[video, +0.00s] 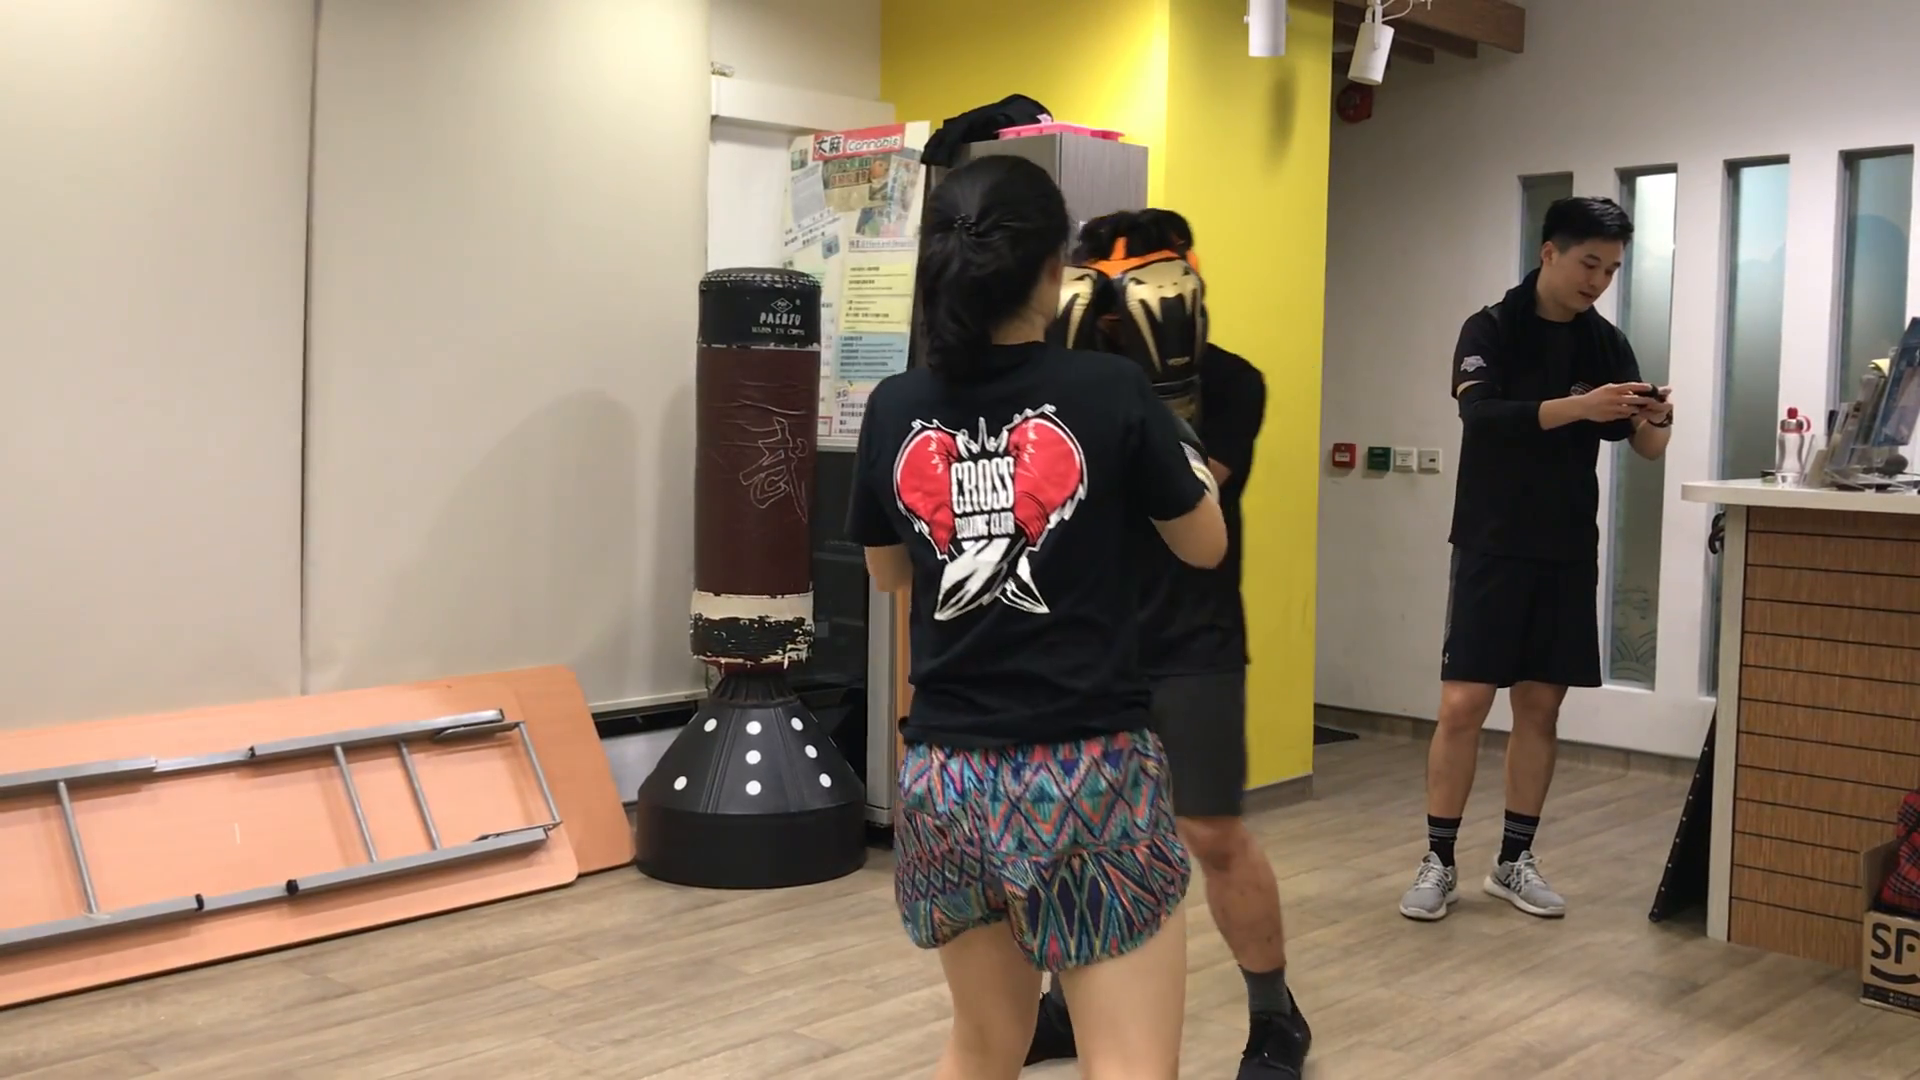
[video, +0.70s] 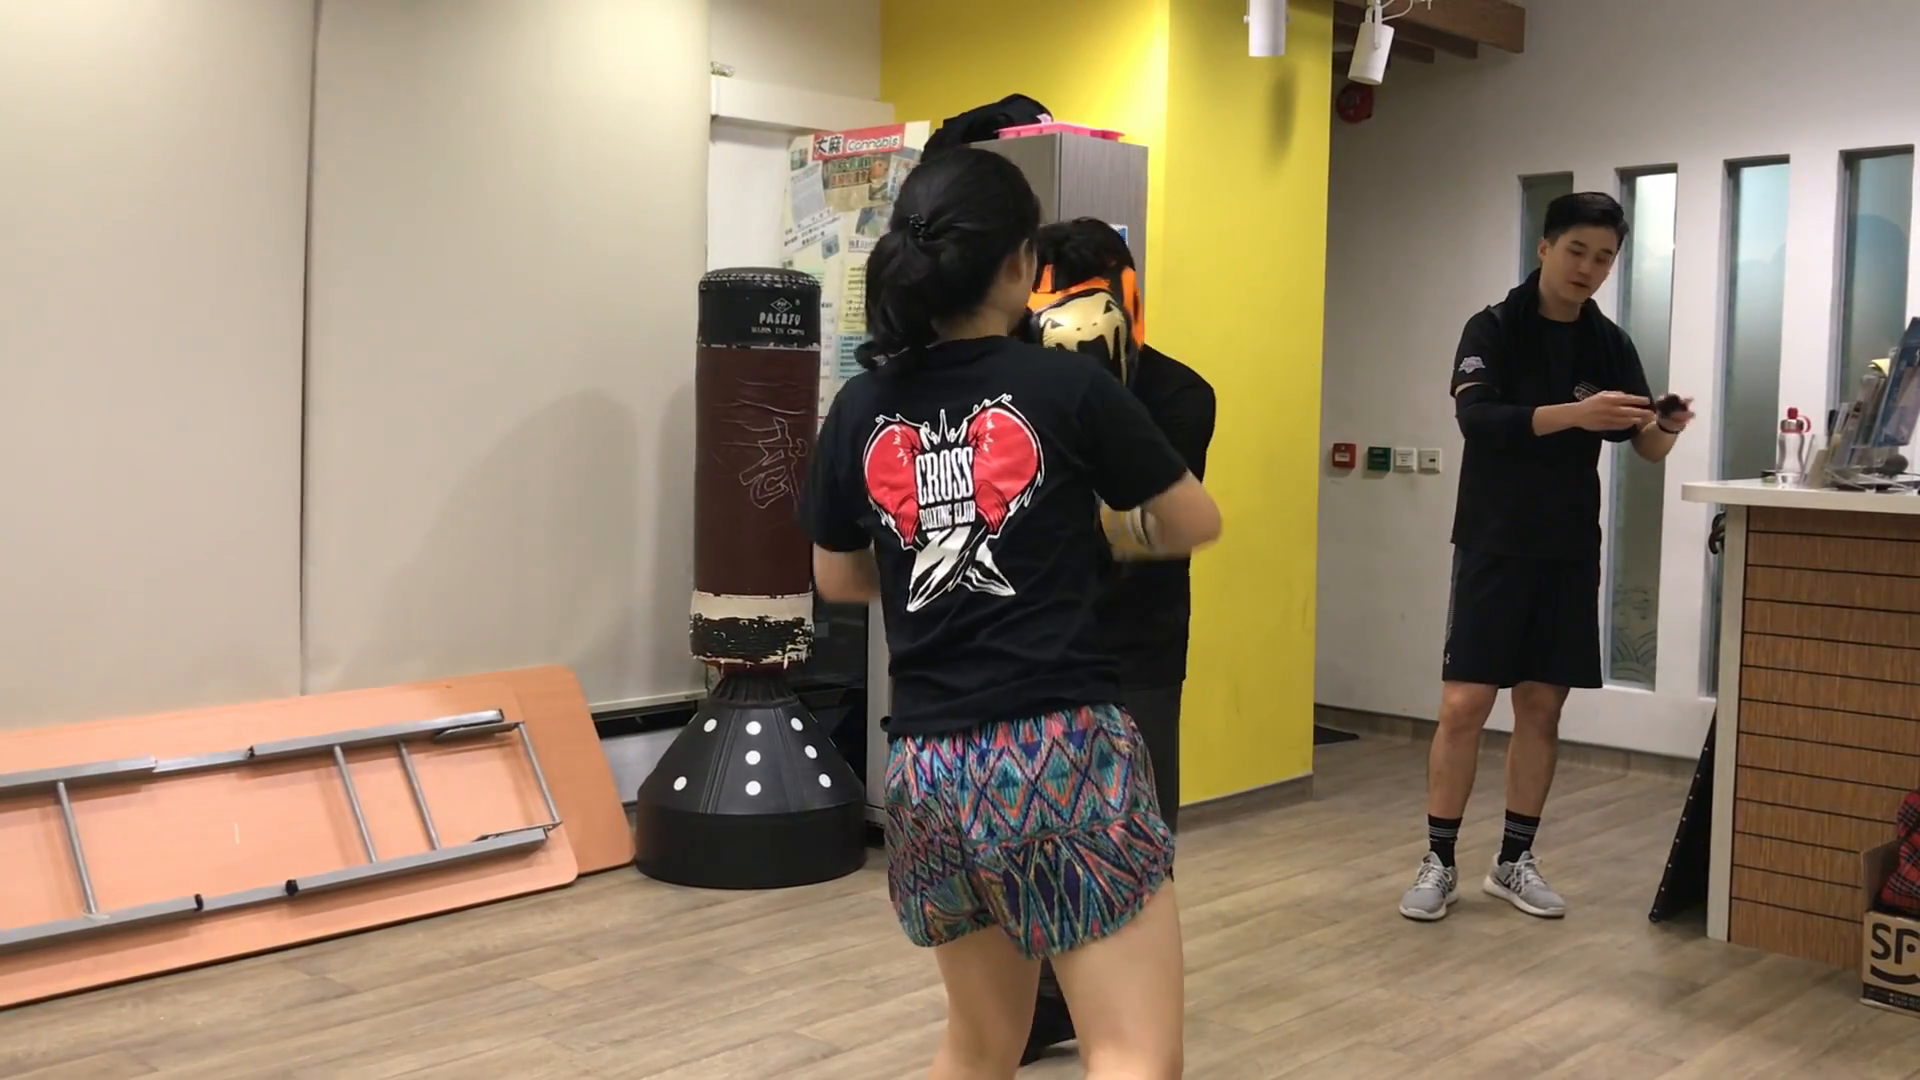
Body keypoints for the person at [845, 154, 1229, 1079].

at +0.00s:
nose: (1068, 264)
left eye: (1059, 248)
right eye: (1064, 249)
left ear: (936, 261)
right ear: (1054, 262)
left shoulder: (896, 405)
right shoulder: (1111, 392)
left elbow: (888, 572)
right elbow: (1206, 542)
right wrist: (1157, 430)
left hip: (943, 774)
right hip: (1093, 769)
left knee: (982, 1043)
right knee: (1130, 1061)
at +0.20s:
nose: (1041, 266)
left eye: (1032, 251)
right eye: (1034, 251)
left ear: (908, 264)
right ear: (1024, 263)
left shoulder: (877, 401)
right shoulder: (1088, 379)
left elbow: (873, 519)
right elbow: (1182, 476)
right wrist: (1130, 374)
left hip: (930, 754)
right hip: (1074, 747)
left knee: (975, 1038)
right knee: (1138, 1050)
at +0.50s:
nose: (1027, 265)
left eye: (1021, 251)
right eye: (1022, 250)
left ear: (898, 260)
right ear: (1010, 261)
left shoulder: (867, 403)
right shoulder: (1060, 370)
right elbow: (1154, 441)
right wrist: (1090, 359)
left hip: (924, 742)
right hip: (1060, 731)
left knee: (975, 1036)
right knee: (1108, 1048)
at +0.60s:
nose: (1026, 265)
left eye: (1021, 247)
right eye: (1021, 247)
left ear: (902, 257)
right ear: (1007, 257)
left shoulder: (865, 398)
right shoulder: (1060, 371)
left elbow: (857, 533)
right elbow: (1175, 470)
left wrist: (948, 514)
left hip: (928, 750)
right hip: (1065, 738)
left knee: (977, 1036)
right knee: (1118, 1048)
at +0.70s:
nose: (1036, 270)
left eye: (1031, 252)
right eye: (1033, 252)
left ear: (906, 257)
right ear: (1019, 263)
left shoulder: (863, 405)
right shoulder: (1066, 384)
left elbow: (838, 576)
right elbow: (1194, 519)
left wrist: (939, 547)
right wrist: (1097, 536)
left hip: (927, 759)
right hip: (1067, 746)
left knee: (977, 1042)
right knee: (1131, 1053)